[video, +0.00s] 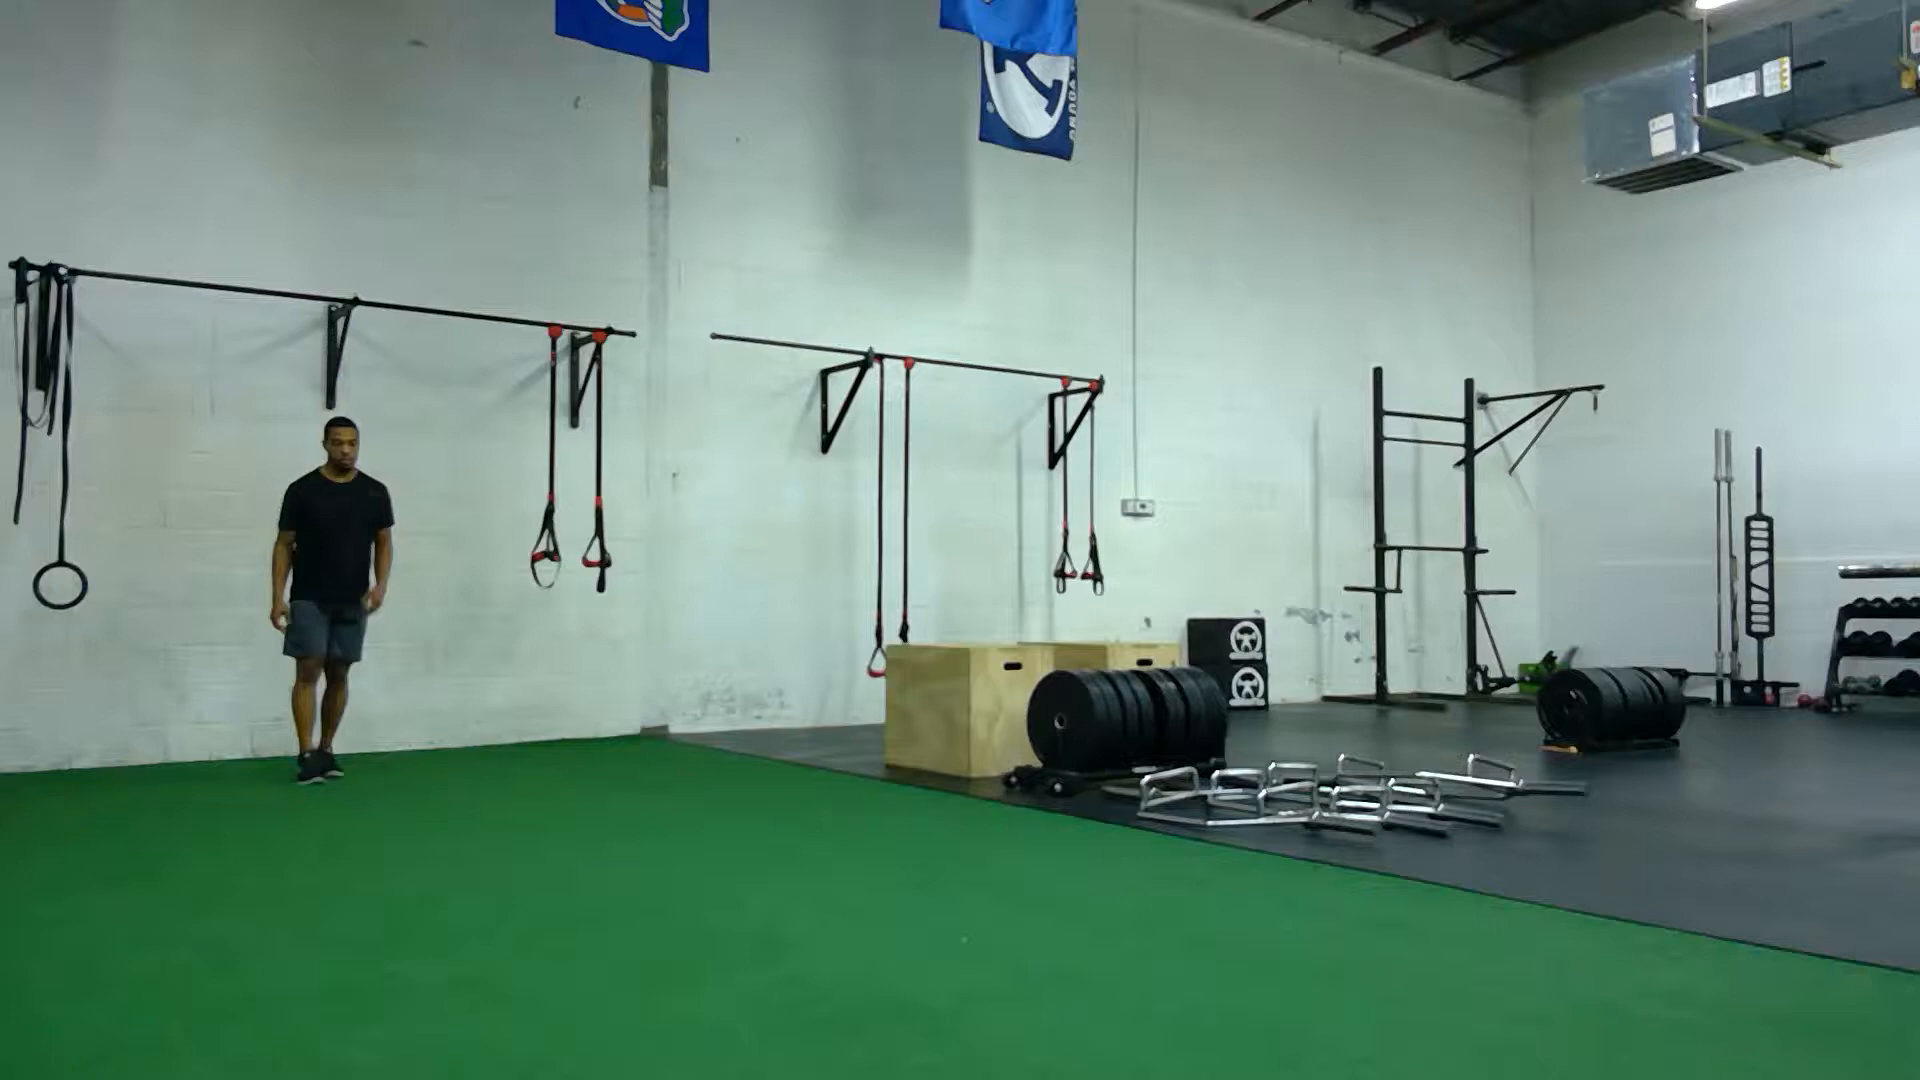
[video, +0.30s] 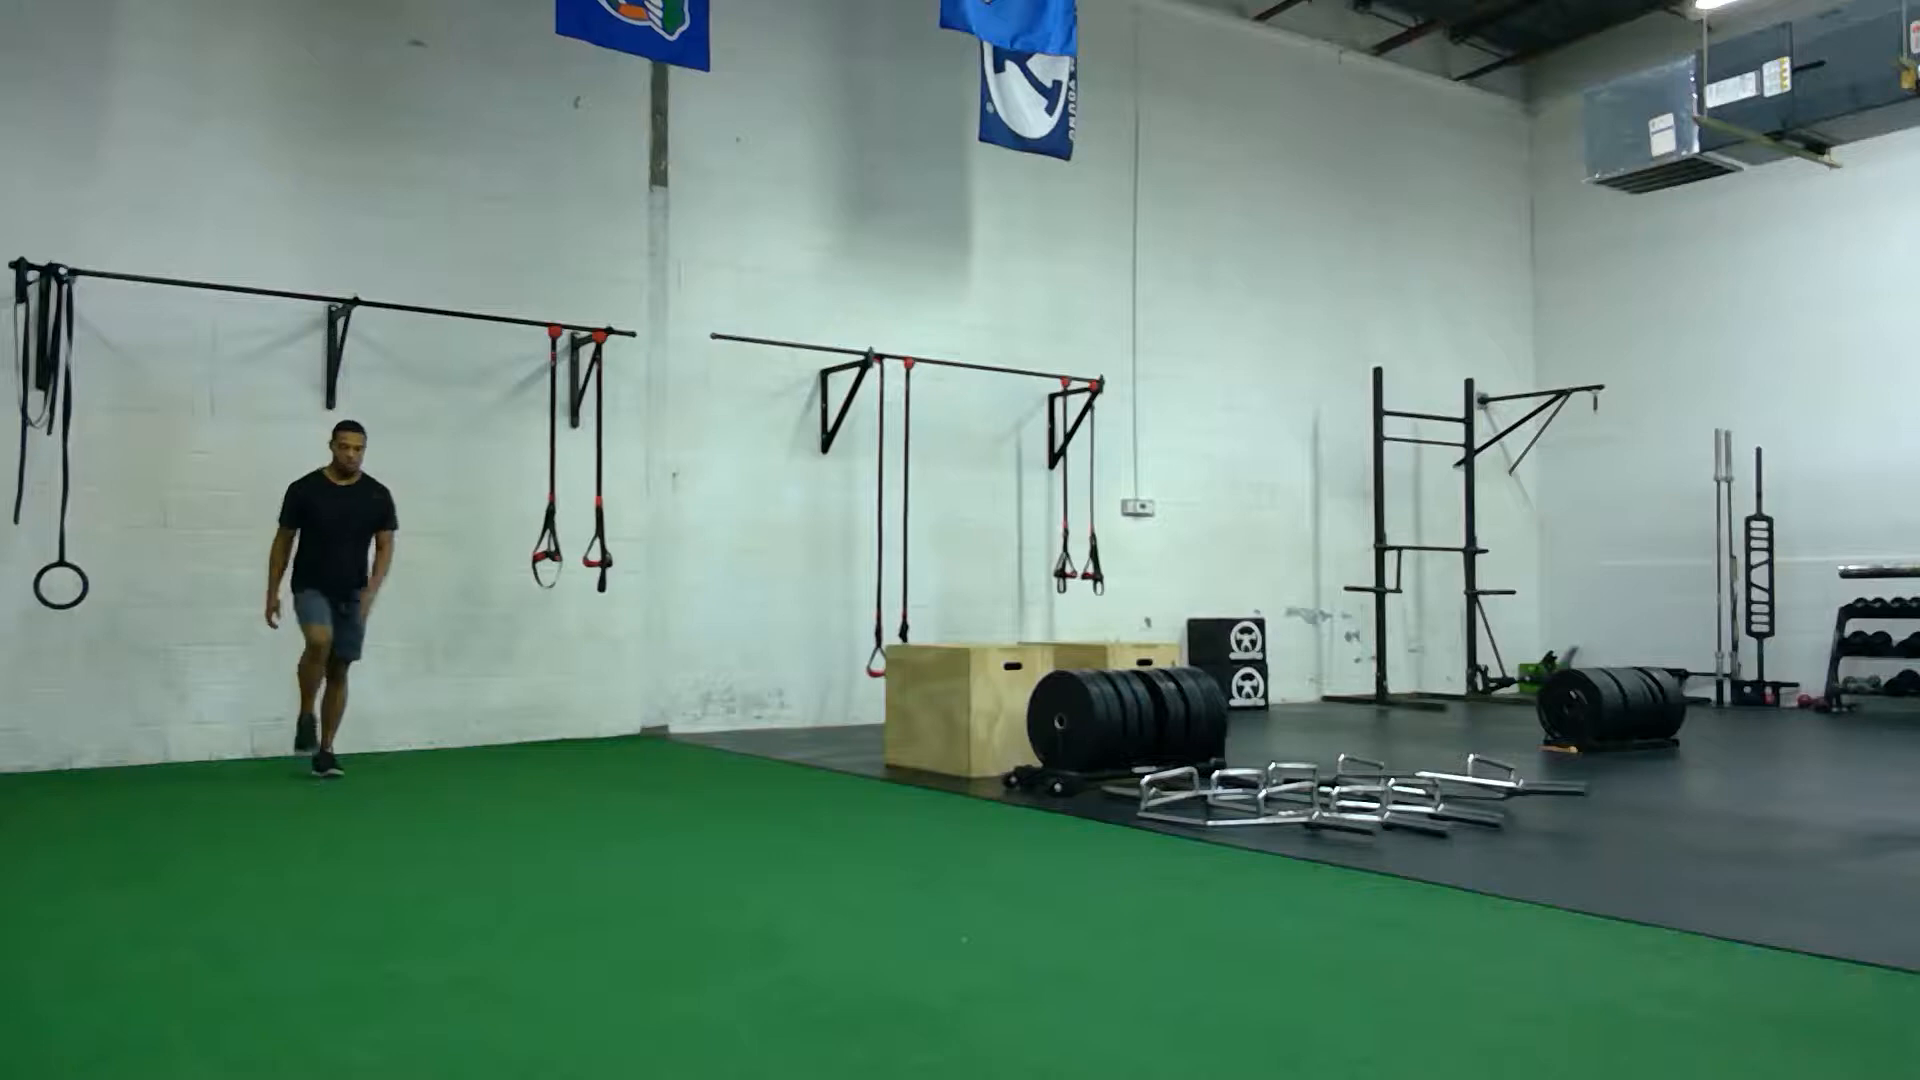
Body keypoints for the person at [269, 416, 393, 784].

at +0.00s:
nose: (345, 450)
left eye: (351, 443)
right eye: (338, 443)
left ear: (358, 446)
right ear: (325, 446)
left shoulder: (375, 492)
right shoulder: (301, 490)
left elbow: (383, 541)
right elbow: (283, 545)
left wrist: (380, 584)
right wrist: (278, 597)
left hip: (352, 597)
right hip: (309, 596)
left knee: (338, 674)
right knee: (308, 671)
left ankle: (326, 750)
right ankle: (306, 753)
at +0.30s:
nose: (350, 454)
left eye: (357, 448)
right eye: (344, 447)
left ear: (365, 451)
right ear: (332, 447)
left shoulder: (377, 495)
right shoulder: (303, 490)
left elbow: (384, 547)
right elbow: (283, 541)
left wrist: (371, 591)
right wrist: (273, 590)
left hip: (351, 590)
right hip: (311, 586)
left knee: (338, 671)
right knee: (319, 641)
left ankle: (326, 750)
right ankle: (307, 715)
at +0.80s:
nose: (354, 474)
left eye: (360, 468)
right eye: (347, 467)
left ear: (368, 467)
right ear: (335, 464)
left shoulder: (381, 506)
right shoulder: (309, 497)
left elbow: (379, 558)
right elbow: (280, 526)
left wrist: (367, 520)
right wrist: (262, 553)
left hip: (350, 594)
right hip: (304, 576)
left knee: (346, 676)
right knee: (324, 586)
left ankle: (329, 749)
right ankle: (326, 670)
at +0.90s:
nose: (353, 467)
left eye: (359, 461)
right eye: (346, 460)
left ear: (365, 462)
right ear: (332, 460)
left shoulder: (380, 501)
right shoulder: (308, 495)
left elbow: (381, 553)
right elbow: (280, 524)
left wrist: (364, 519)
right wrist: (262, 552)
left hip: (352, 591)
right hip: (308, 574)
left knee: (344, 681)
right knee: (319, 597)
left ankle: (327, 749)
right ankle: (314, 675)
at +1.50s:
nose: (369, 412)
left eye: (375, 406)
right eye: (360, 405)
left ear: (383, 413)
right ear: (345, 411)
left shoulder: (399, 461)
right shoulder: (317, 456)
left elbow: (416, 518)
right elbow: (281, 497)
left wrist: (391, 501)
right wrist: (266, 547)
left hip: (380, 568)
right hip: (333, 558)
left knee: (381, 662)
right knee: (342, 615)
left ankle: (365, 738)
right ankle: (339, 715)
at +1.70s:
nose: (370, 422)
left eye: (377, 415)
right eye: (360, 414)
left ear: (384, 423)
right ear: (345, 422)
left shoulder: (403, 476)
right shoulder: (320, 473)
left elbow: (418, 531)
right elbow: (317, 533)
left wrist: (417, 578)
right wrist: (359, 498)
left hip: (385, 580)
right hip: (337, 588)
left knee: (418, 574)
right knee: (343, 684)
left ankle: (389, 657)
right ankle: (344, 780)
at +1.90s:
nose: (387, 389)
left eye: (395, 382)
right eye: (379, 381)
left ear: (404, 391)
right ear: (362, 387)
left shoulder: (422, 445)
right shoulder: (334, 442)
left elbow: (421, 502)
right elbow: (320, 508)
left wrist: (418, 546)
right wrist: (363, 487)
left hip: (403, 549)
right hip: (357, 561)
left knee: (433, 541)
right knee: (370, 662)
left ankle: (417, 650)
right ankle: (368, 768)